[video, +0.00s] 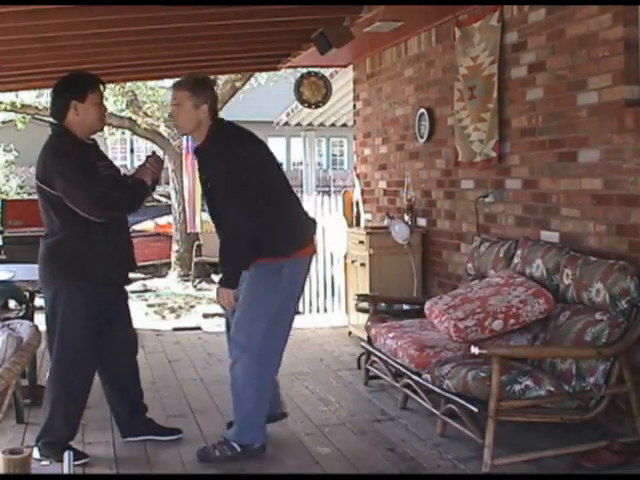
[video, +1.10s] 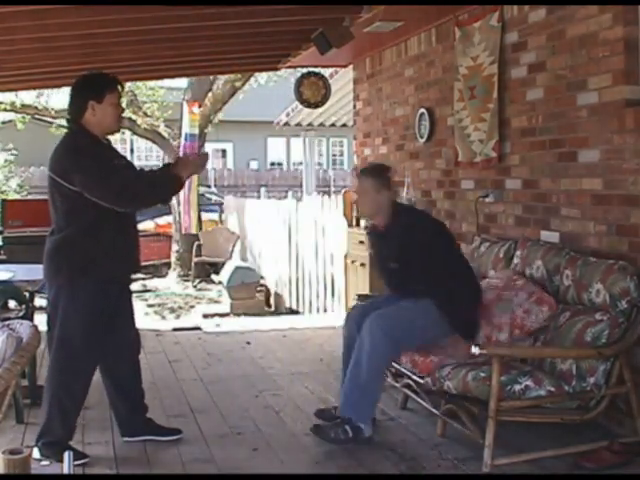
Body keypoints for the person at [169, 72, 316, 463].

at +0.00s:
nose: (171, 113)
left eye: (177, 106)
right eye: (171, 106)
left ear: (203, 109)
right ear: (198, 110)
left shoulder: (225, 147)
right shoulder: (216, 144)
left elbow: (238, 218)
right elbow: (232, 216)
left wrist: (229, 280)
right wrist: (231, 270)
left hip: (281, 252)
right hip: (267, 250)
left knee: (250, 342)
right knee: (241, 333)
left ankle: (246, 438)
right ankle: (266, 404)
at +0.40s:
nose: (227, 119)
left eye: (234, 112)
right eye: (227, 112)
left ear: (258, 114)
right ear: (244, 117)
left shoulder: (285, 154)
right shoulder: (257, 156)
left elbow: (298, 222)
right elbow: (270, 219)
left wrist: (286, 280)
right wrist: (261, 263)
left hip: (325, 254)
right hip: (303, 254)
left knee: (276, 325)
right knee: (291, 334)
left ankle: (293, 421)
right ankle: (301, 418)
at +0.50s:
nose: (239, 122)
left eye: (246, 114)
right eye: (239, 115)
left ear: (271, 117)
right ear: (259, 119)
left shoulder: (301, 156)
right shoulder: (272, 160)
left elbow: (317, 221)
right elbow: (286, 219)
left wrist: (312, 281)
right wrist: (287, 264)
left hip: (342, 256)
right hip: (313, 257)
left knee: (298, 331)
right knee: (289, 332)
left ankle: (339, 415)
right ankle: (298, 415)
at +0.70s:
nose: (263, 141)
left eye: (270, 134)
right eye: (263, 134)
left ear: (294, 136)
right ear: (282, 139)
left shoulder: (331, 169)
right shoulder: (297, 177)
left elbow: (358, 229)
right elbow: (327, 232)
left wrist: (367, 293)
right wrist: (342, 275)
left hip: (381, 262)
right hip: (353, 262)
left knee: (336, 331)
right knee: (317, 322)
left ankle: (355, 427)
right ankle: (324, 409)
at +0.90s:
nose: (300, 168)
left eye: (306, 160)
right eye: (299, 161)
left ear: (328, 162)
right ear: (321, 164)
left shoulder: (369, 192)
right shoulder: (330, 201)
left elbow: (410, 245)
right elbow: (362, 251)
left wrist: (424, 314)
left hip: (410, 275)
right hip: (378, 275)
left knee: (356, 327)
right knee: (338, 322)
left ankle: (356, 424)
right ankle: (354, 409)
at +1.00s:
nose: (322, 186)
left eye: (329, 178)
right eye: (322, 179)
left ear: (353, 178)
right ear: (342, 181)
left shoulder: (396, 209)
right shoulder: (351, 214)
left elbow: (430, 260)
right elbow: (380, 260)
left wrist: (447, 314)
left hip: (428, 286)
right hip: (392, 282)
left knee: (368, 326)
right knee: (347, 319)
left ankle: (358, 424)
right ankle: (351, 409)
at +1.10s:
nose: (358, 201)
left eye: (363, 194)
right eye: (357, 194)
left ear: (385, 193)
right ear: (371, 195)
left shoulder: (422, 227)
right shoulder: (378, 232)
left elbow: (463, 281)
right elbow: (398, 282)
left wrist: (464, 334)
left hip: (447, 306)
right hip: (411, 298)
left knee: (379, 327)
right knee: (358, 316)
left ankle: (358, 423)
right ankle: (352, 409)